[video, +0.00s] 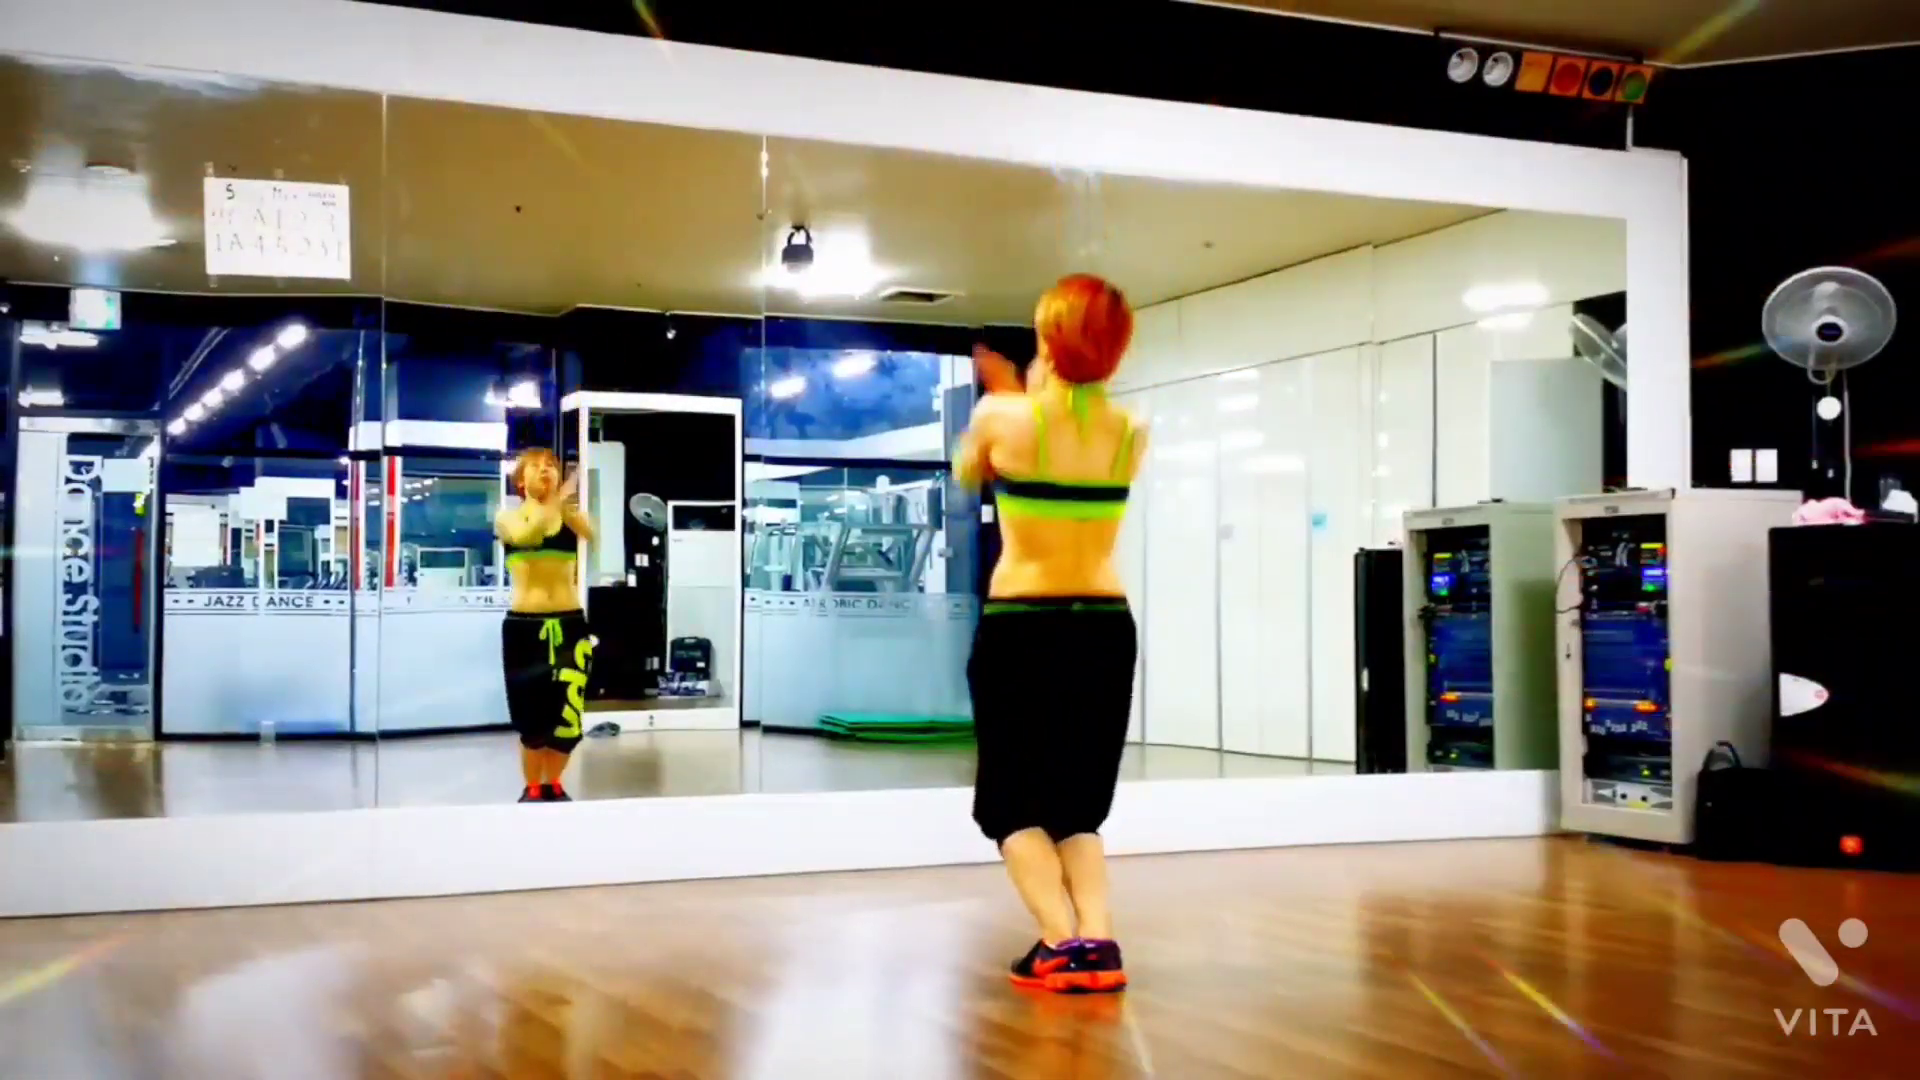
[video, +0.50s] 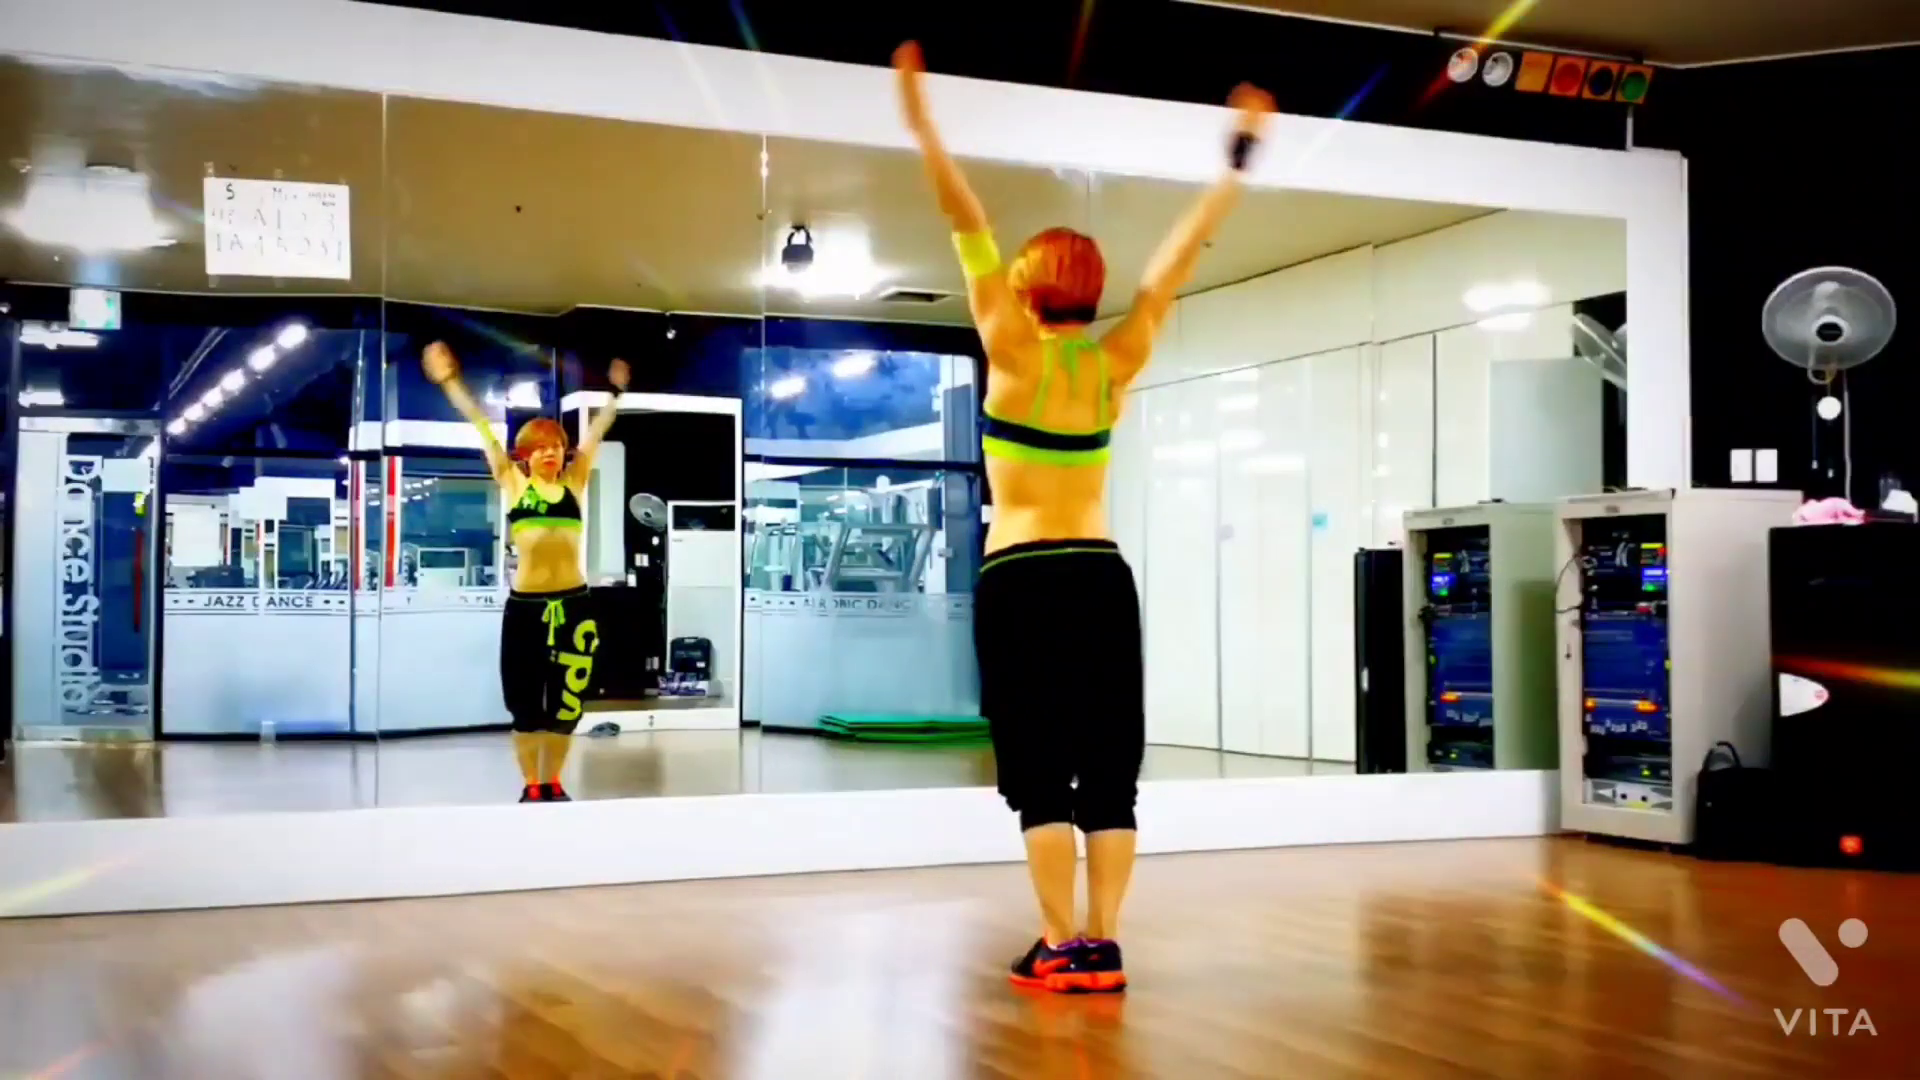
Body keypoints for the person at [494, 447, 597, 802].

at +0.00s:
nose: (544, 471)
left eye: (551, 466)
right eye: (536, 465)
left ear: (559, 477)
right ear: (521, 476)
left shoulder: (570, 514)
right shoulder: (507, 517)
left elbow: (590, 533)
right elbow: (523, 534)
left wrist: (567, 507)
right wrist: (549, 506)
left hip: (569, 620)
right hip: (524, 621)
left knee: (568, 715)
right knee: (531, 713)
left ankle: (552, 782)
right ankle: (532, 786)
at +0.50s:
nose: (548, 455)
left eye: (554, 448)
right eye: (540, 449)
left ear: (564, 453)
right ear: (524, 454)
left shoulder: (573, 482)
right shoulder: (513, 482)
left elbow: (594, 436)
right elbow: (483, 426)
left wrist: (616, 393)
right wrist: (450, 381)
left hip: (573, 601)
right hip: (525, 603)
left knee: (567, 699)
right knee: (524, 701)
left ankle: (553, 783)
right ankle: (530, 785)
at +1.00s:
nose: (553, 458)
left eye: (558, 450)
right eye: (544, 451)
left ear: (566, 453)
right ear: (529, 457)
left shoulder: (581, 501)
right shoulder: (510, 498)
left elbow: (609, 540)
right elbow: (479, 542)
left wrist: (630, 570)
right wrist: (457, 579)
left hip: (575, 605)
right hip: (527, 607)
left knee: (568, 699)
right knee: (527, 701)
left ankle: (552, 782)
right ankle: (532, 784)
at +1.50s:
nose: (556, 454)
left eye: (561, 447)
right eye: (547, 448)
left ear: (568, 453)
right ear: (532, 454)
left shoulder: (581, 494)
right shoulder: (526, 492)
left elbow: (601, 458)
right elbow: (528, 472)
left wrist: (577, 437)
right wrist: (561, 430)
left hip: (576, 601)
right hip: (529, 602)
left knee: (569, 702)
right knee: (529, 703)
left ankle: (553, 781)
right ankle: (531, 784)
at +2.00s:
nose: (557, 448)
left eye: (563, 443)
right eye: (549, 442)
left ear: (573, 455)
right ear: (534, 455)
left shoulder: (584, 501)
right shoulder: (519, 497)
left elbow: (623, 523)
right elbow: (469, 518)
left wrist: (655, 540)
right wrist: (433, 534)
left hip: (576, 605)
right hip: (530, 606)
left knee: (571, 704)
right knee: (533, 703)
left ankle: (552, 781)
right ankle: (533, 786)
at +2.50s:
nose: (556, 454)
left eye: (562, 447)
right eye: (548, 448)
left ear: (572, 453)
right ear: (534, 455)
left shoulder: (582, 489)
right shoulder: (524, 490)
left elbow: (576, 423)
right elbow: (532, 424)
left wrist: (560, 379)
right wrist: (541, 369)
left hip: (578, 601)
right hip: (531, 602)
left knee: (570, 700)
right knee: (531, 700)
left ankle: (552, 782)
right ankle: (531, 784)